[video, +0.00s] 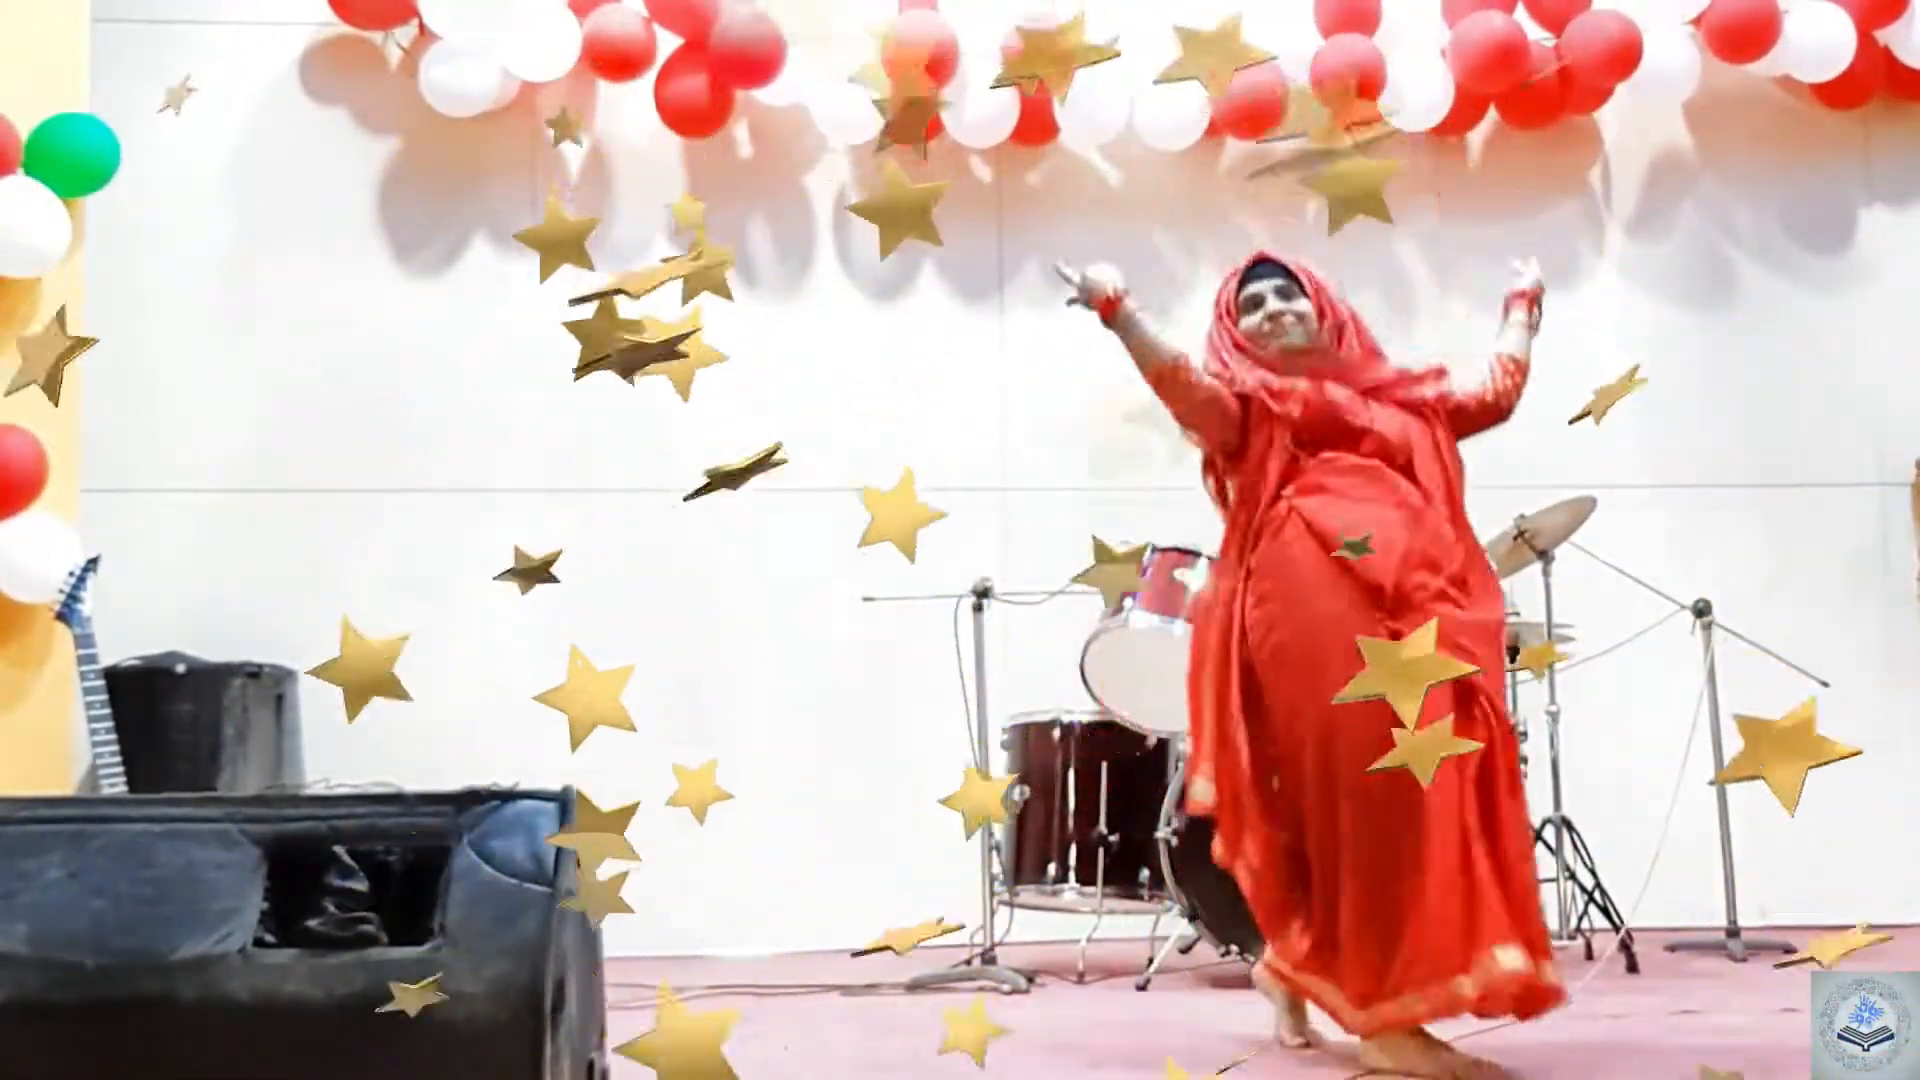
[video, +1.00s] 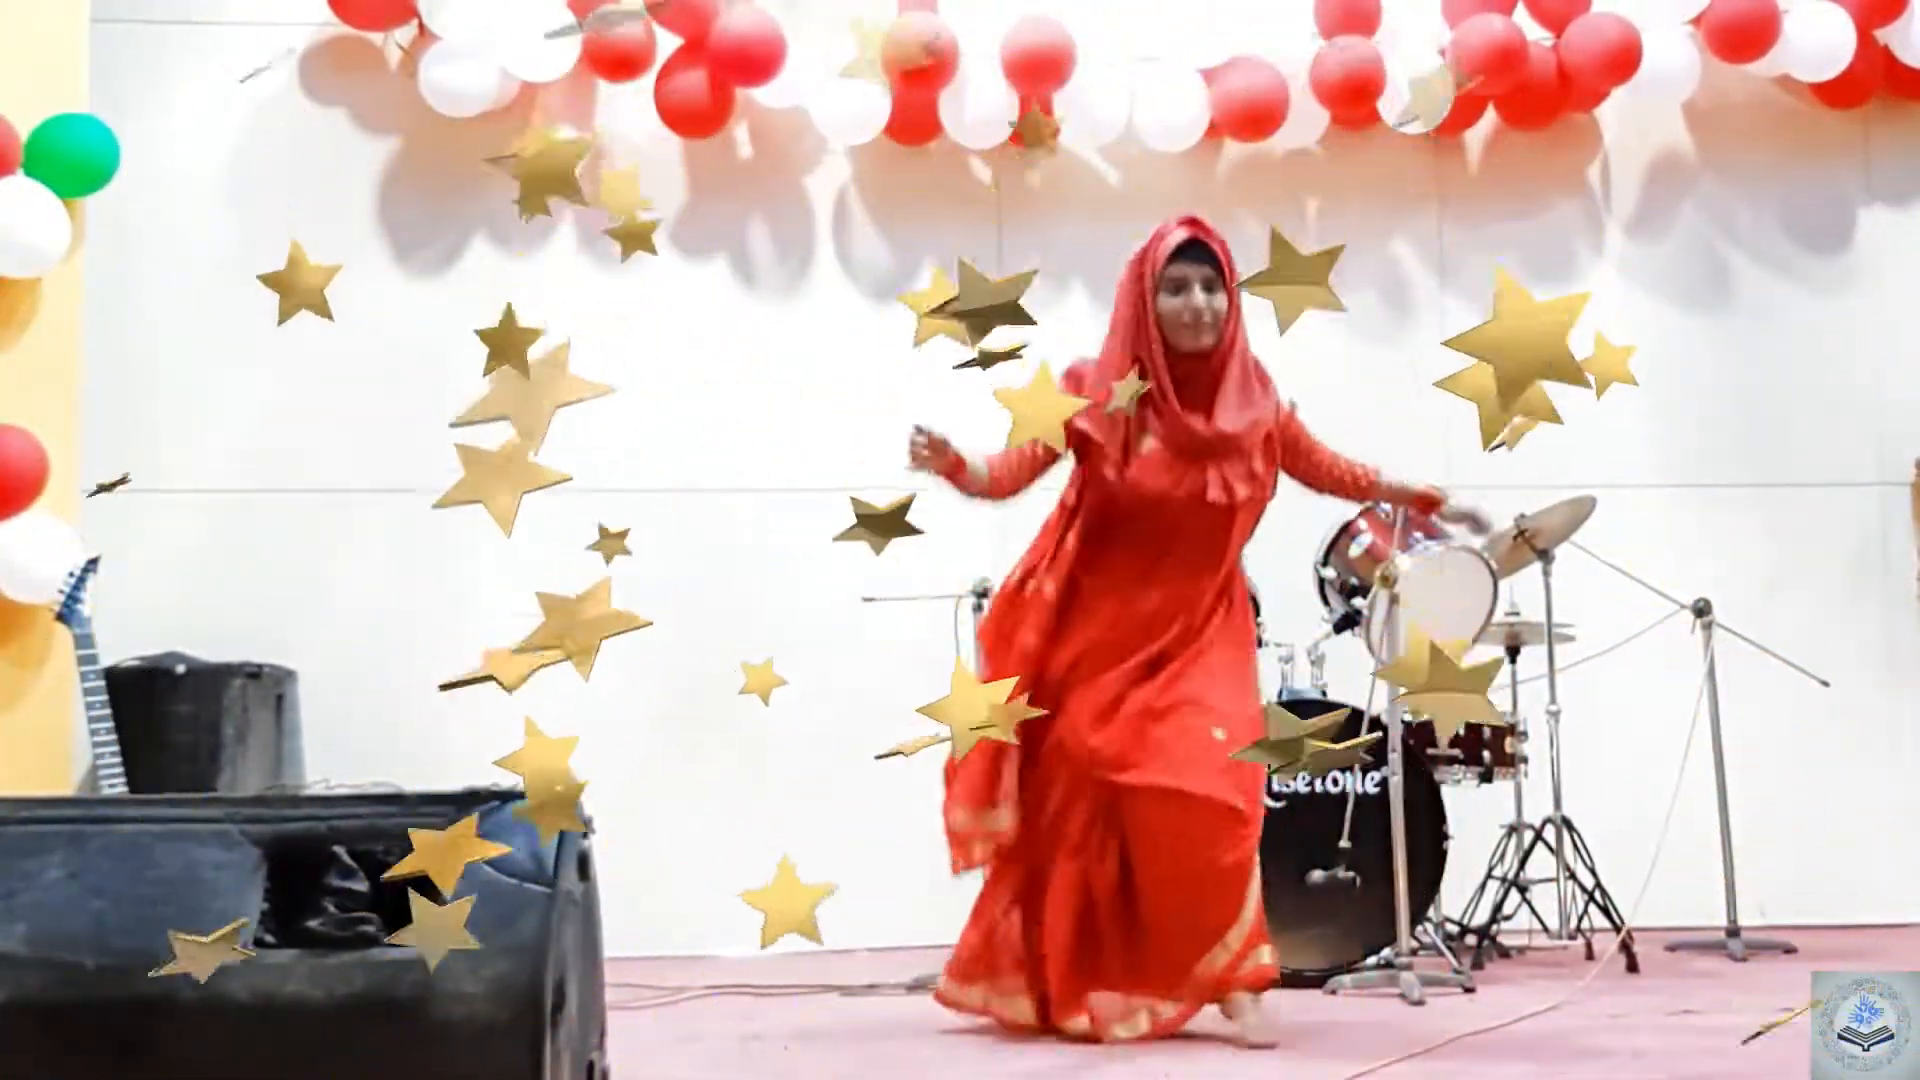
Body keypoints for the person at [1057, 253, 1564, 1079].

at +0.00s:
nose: (1276, 311)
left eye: (1288, 295)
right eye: (1255, 309)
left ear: (1326, 310)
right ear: (1235, 343)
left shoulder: (1402, 397)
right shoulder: (1252, 407)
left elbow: (1498, 392)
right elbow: (1185, 384)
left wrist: (1521, 309)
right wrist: (1121, 313)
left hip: (1419, 606)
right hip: (1310, 607)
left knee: (1401, 801)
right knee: (1373, 798)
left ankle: (1290, 960)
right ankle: (1391, 1026)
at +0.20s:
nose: (1304, 265)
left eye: (1314, 250)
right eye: (1283, 256)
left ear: (1338, 264)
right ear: (1249, 281)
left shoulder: (1379, 358)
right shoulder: (1240, 362)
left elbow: (1475, 349)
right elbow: (1188, 300)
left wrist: (1467, 251)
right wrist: (1224, 205)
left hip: (1384, 590)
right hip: (1291, 594)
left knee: (1389, 783)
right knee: (1370, 786)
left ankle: (1304, 957)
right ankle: (1394, 1017)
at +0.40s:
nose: (1307, 306)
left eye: (1322, 288)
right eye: (1287, 286)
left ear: (1338, 293)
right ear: (1246, 287)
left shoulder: (1333, 380)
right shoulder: (1193, 351)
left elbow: (1372, 438)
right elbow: (1190, 416)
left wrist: (1389, 446)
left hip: (1321, 589)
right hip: (1212, 584)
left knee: (1357, 753)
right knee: (1291, 755)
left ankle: (1345, 978)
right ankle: (1258, 980)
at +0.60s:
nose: (1274, 309)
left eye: (1289, 291)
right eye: (1255, 290)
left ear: (1308, 298)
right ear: (1222, 290)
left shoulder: (1304, 380)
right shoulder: (1164, 352)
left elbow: (1367, 484)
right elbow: (1110, 453)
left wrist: (1439, 549)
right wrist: (1125, 507)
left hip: (1277, 598)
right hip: (1173, 598)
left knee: (1353, 752)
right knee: (1204, 775)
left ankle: (1308, 975)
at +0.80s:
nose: (1223, 347)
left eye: (1238, 330)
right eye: (1206, 330)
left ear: (1260, 336)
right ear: (1178, 331)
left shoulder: (1270, 425)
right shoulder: (1124, 403)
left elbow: (1350, 516)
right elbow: (1050, 504)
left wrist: (1450, 526)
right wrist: (998, 546)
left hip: (1219, 656)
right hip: (1111, 662)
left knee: (1267, 792)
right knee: (1118, 833)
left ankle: (1266, 986)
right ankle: (1126, 1002)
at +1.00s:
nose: (1194, 302)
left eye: (1208, 286)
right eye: (1175, 287)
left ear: (1228, 300)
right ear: (1146, 301)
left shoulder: (1251, 403)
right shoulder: (1100, 392)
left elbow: (1323, 467)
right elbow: (1008, 472)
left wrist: (1404, 494)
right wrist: (958, 466)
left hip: (1199, 635)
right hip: (1091, 632)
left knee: (1209, 792)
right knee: (1083, 798)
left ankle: (1233, 984)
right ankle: (1083, 991)